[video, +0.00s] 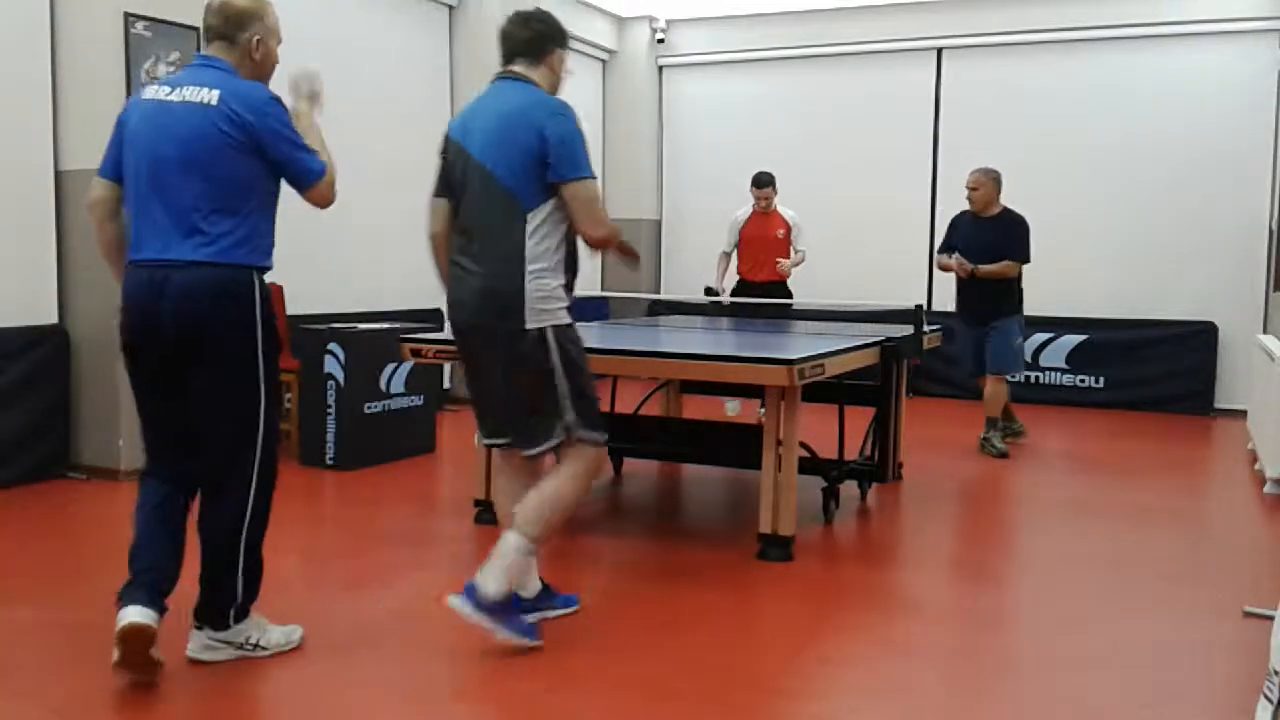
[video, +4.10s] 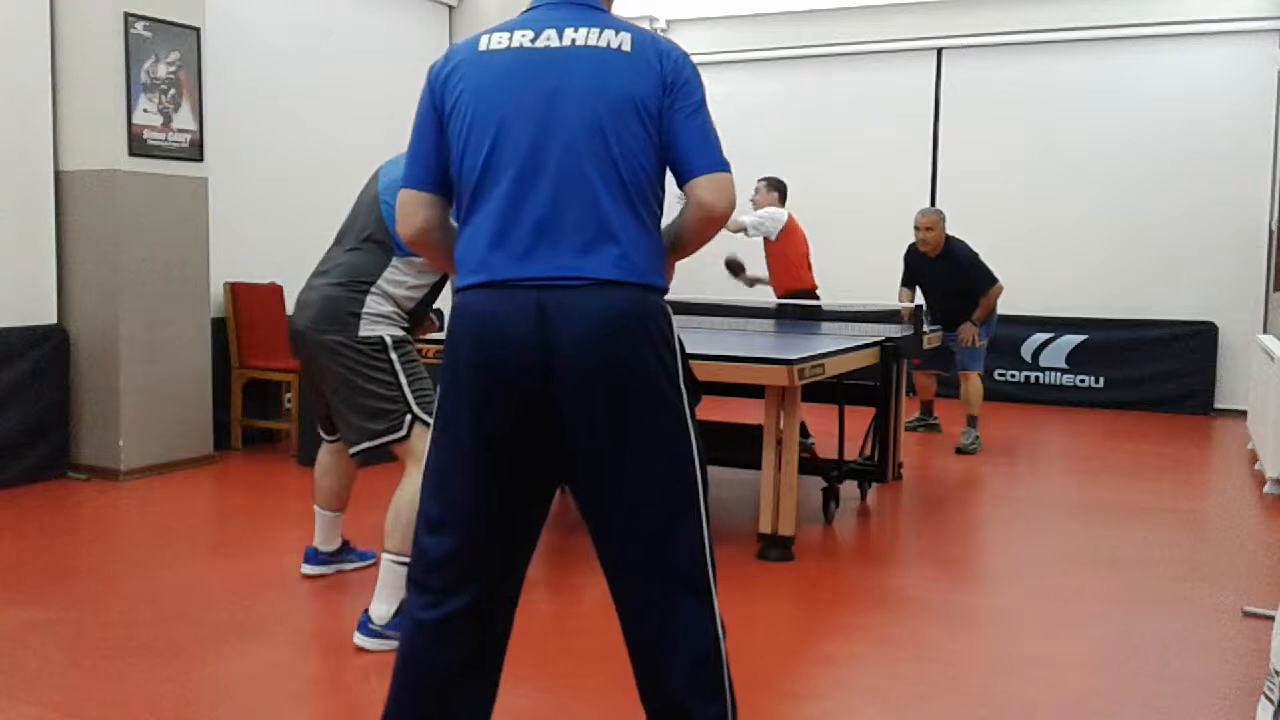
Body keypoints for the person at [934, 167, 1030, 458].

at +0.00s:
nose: (968, 194)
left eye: (974, 190)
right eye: (967, 189)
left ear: (994, 191)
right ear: (969, 190)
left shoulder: (1015, 224)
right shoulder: (961, 221)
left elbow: (1013, 268)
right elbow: (941, 258)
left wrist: (974, 269)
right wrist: (951, 263)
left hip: (1004, 313)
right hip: (970, 313)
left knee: (996, 372)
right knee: (982, 374)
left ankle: (991, 432)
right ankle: (1010, 420)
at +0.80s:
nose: (952, 196)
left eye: (958, 190)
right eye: (949, 190)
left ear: (974, 191)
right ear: (946, 192)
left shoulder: (986, 220)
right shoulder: (946, 220)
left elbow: (986, 257)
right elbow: (931, 248)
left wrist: (946, 264)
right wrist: (917, 259)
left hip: (977, 308)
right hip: (949, 307)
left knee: (961, 367)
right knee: (957, 365)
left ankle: (959, 422)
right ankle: (977, 404)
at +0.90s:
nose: (944, 195)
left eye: (951, 189)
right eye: (940, 189)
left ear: (966, 190)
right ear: (936, 191)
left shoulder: (980, 220)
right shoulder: (938, 221)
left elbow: (987, 260)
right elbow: (927, 250)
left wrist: (948, 276)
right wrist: (907, 264)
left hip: (971, 308)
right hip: (941, 307)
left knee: (963, 368)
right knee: (939, 363)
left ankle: (959, 423)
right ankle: (948, 410)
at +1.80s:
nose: (932, 201)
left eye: (938, 196)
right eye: (927, 196)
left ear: (951, 197)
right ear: (921, 199)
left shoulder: (967, 228)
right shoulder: (918, 228)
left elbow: (986, 269)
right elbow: (907, 261)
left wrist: (972, 307)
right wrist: (909, 274)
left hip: (960, 313)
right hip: (926, 313)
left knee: (964, 372)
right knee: (913, 364)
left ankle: (971, 430)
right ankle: (909, 417)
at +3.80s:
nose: (925, 239)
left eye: (931, 233)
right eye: (920, 233)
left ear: (945, 233)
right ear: (915, 233)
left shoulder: (963, 254)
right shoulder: (914, 254)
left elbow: (999, 289)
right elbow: (908, 289)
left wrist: (977, 322)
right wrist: (908, 312)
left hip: (975, 320)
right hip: (940, 320)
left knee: (970, 371)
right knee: (924, 364)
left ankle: (971, 431)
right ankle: (926, 416)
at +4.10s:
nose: (922, 236)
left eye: (929, 230)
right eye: (918, 230)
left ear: (943, 231)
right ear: (914, 231)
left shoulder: (960, 253)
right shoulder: (913, 254)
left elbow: (994, 289)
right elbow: (907, 287)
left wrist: (974, 323)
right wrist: (907, 307)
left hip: (973, 320)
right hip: (938, 320)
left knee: (968, 370)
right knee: (920, 365)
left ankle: (971, 431)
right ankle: (926, 416)